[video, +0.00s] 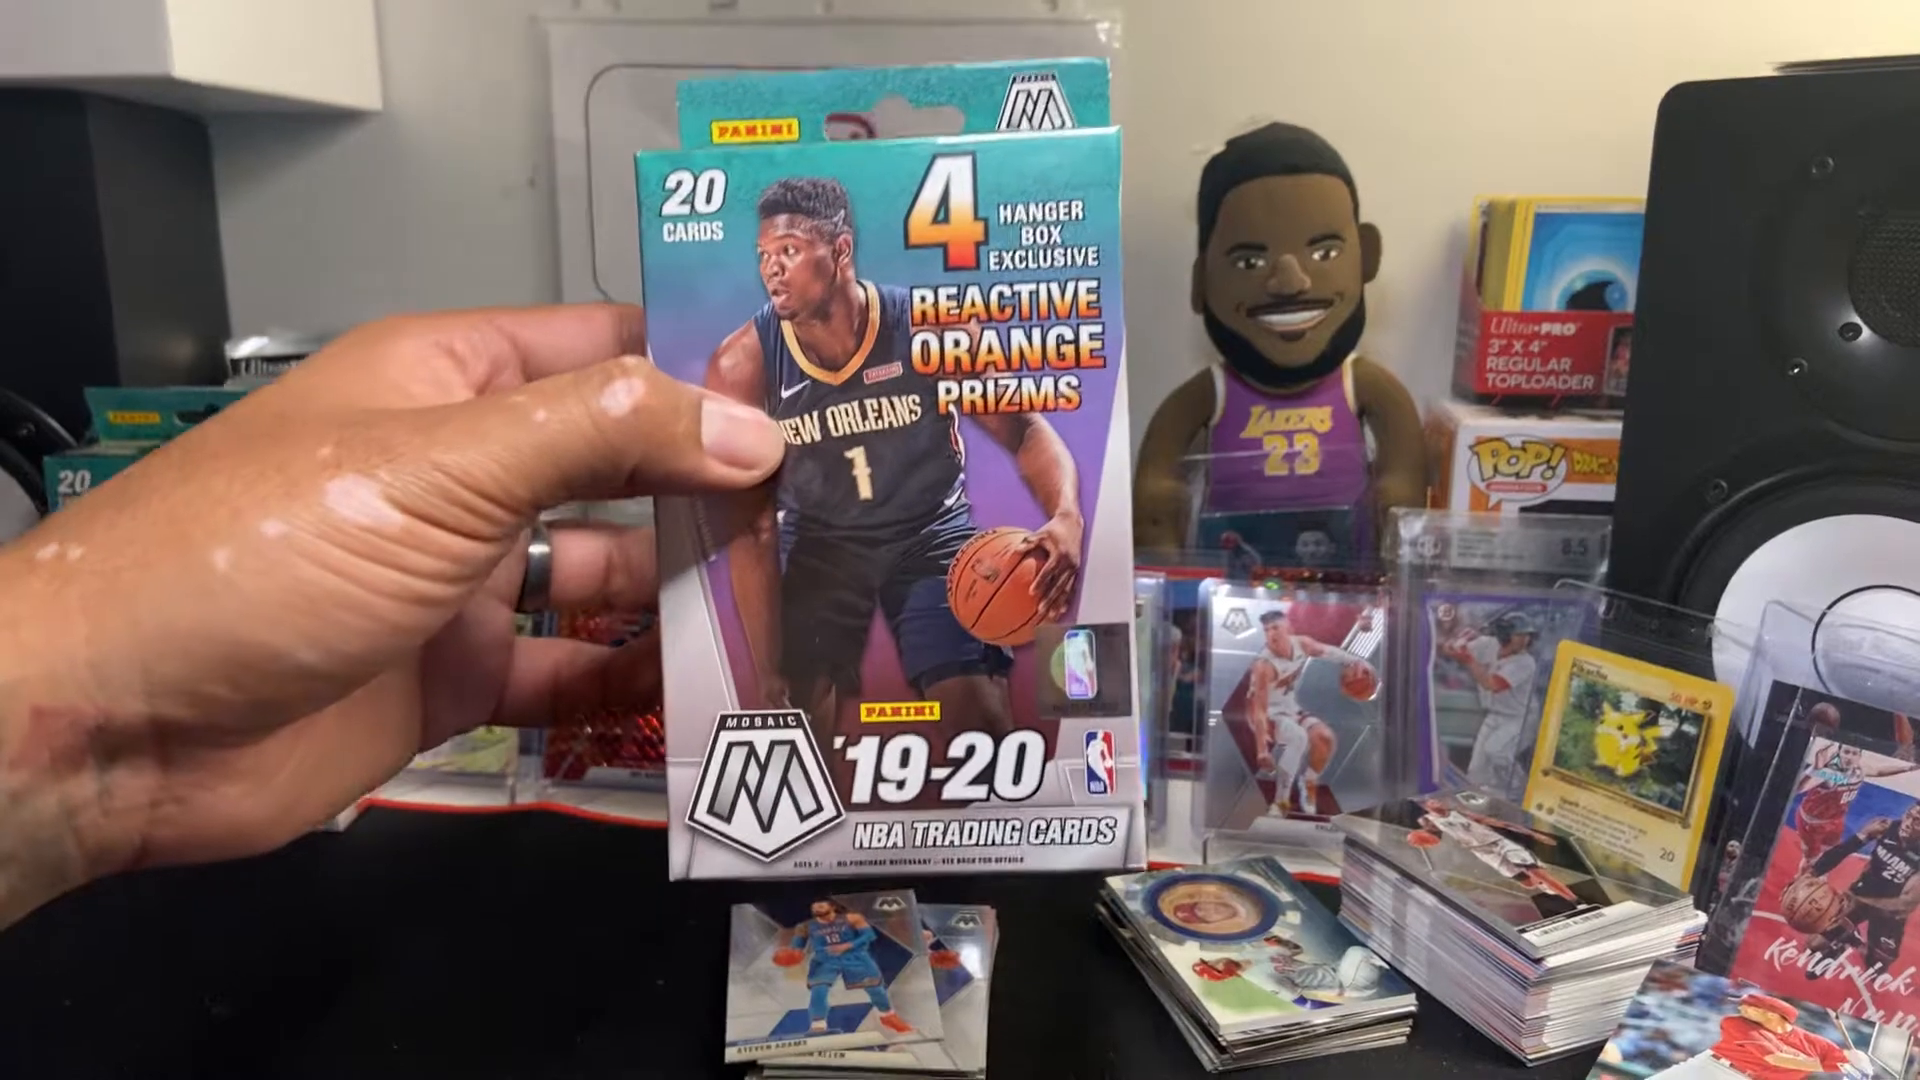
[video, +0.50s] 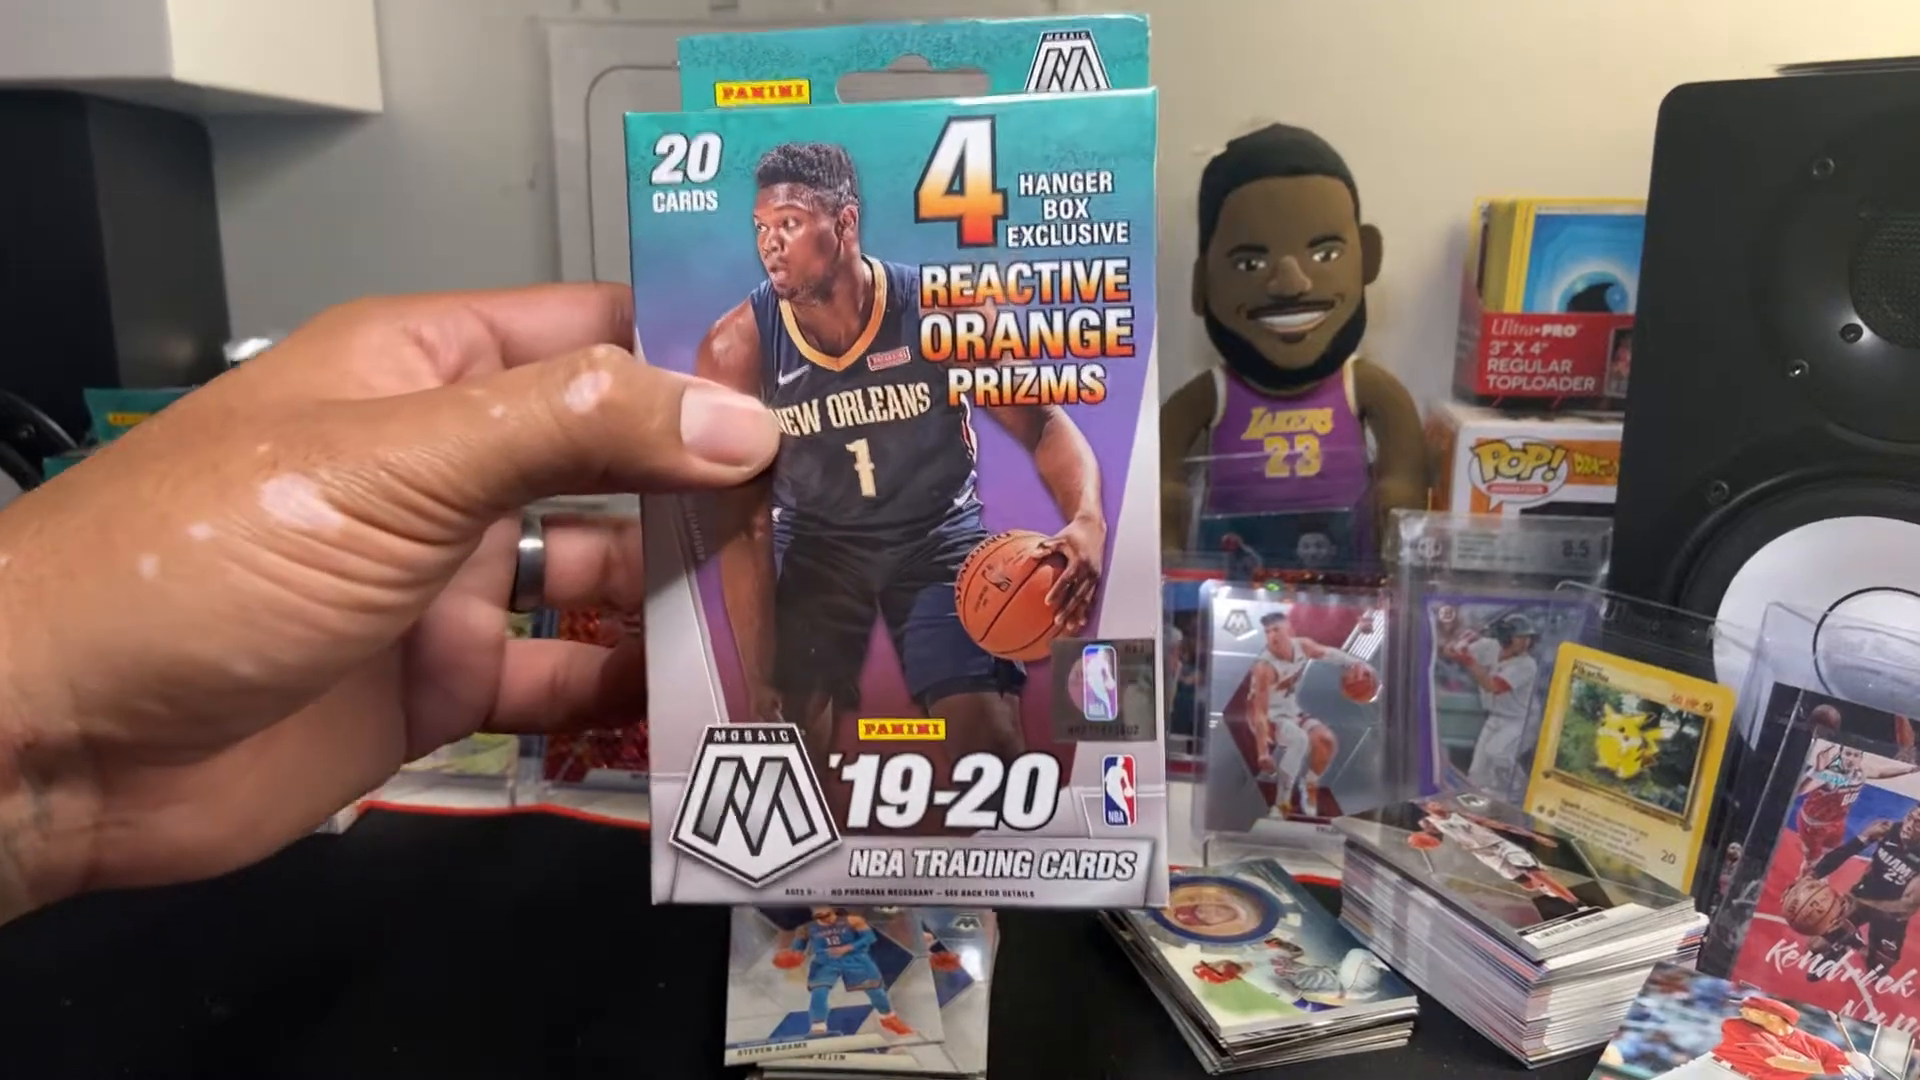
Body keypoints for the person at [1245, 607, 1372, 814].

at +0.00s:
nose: (1272, 634)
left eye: (1277, 628)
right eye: (1268, 630)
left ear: (1287, 629)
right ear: (1265, 634)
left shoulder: (1302, 644)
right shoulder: (1263, 666)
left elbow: (1330, 652)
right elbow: (1259, 710)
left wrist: (1358, 661)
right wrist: (1262, 750)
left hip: (1293, 709)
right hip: (1270, 713)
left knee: (1325, 739)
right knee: (1298, 737)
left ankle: (1309, 782)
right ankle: (1280, 802)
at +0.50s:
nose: (1273, 636)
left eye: (1277, 630)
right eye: (1268, 632)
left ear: (1288, 630)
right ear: (1265, 636)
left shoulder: (1303, 646)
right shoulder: (1263, 667)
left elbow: (1331, 654)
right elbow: (1259, 713)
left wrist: (1358, 663)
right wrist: (1263, 753)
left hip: (1294, 712)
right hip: (1270, 716)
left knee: (1326, 741)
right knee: (1299, 740)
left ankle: (1310, 785)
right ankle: (1281, 804)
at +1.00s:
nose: (1273, 635)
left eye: (1277, 629)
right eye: (1269, 631)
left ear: (1288, 629)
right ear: (1266, 634)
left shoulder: (1303, 645)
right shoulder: (1263, 665)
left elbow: (1331, 653)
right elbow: (1258, 711)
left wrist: (1358, 662)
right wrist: (1264, 752)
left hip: (1293, 710)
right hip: (1269, 714)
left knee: (1326, 740)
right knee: (1299, 738)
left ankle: (1310, 785)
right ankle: (1282, 802)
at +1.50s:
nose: (1274, 634)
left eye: (1278, 628)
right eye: (1269, 629)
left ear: (1289, 628)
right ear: (1265, 633)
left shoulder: (1303, 645)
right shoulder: (1264, 666)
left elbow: (1331, 652)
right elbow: (1260, 710)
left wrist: (1360, 662)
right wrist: (1263, 750)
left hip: (1295, 709)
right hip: (1272, 713)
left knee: (1326, 740)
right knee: (1299, 739)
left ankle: (1311, 787)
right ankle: (1282, 801)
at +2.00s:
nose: (1275, 634)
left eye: (1279, 628)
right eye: (1270, 629)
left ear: (1288, 627)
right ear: (1266, 632)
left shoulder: (1302, 643)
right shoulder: (1267, 663)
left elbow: (1331, 651)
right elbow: (1263, 703)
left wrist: (1359, 662)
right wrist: (1264, 729)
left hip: (1297, 710)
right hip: (1275, 712)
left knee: (1326, 739)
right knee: (1298, 738)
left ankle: (1311, 786)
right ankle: (1284, 796)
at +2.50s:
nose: (1274, 635)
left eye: (1278, 629)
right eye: (1270, 630)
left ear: (1289, 628)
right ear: (1266, 633)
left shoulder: (1303, 645)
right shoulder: (1266, 665)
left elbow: (1331, 652)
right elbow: (1258, 710)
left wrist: (1358, 663)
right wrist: (1263, 748)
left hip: (1295, 710)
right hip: (1272, 713)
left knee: (1327, 738)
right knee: (1300, 738)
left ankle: (1311, 783)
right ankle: (1283, 799)